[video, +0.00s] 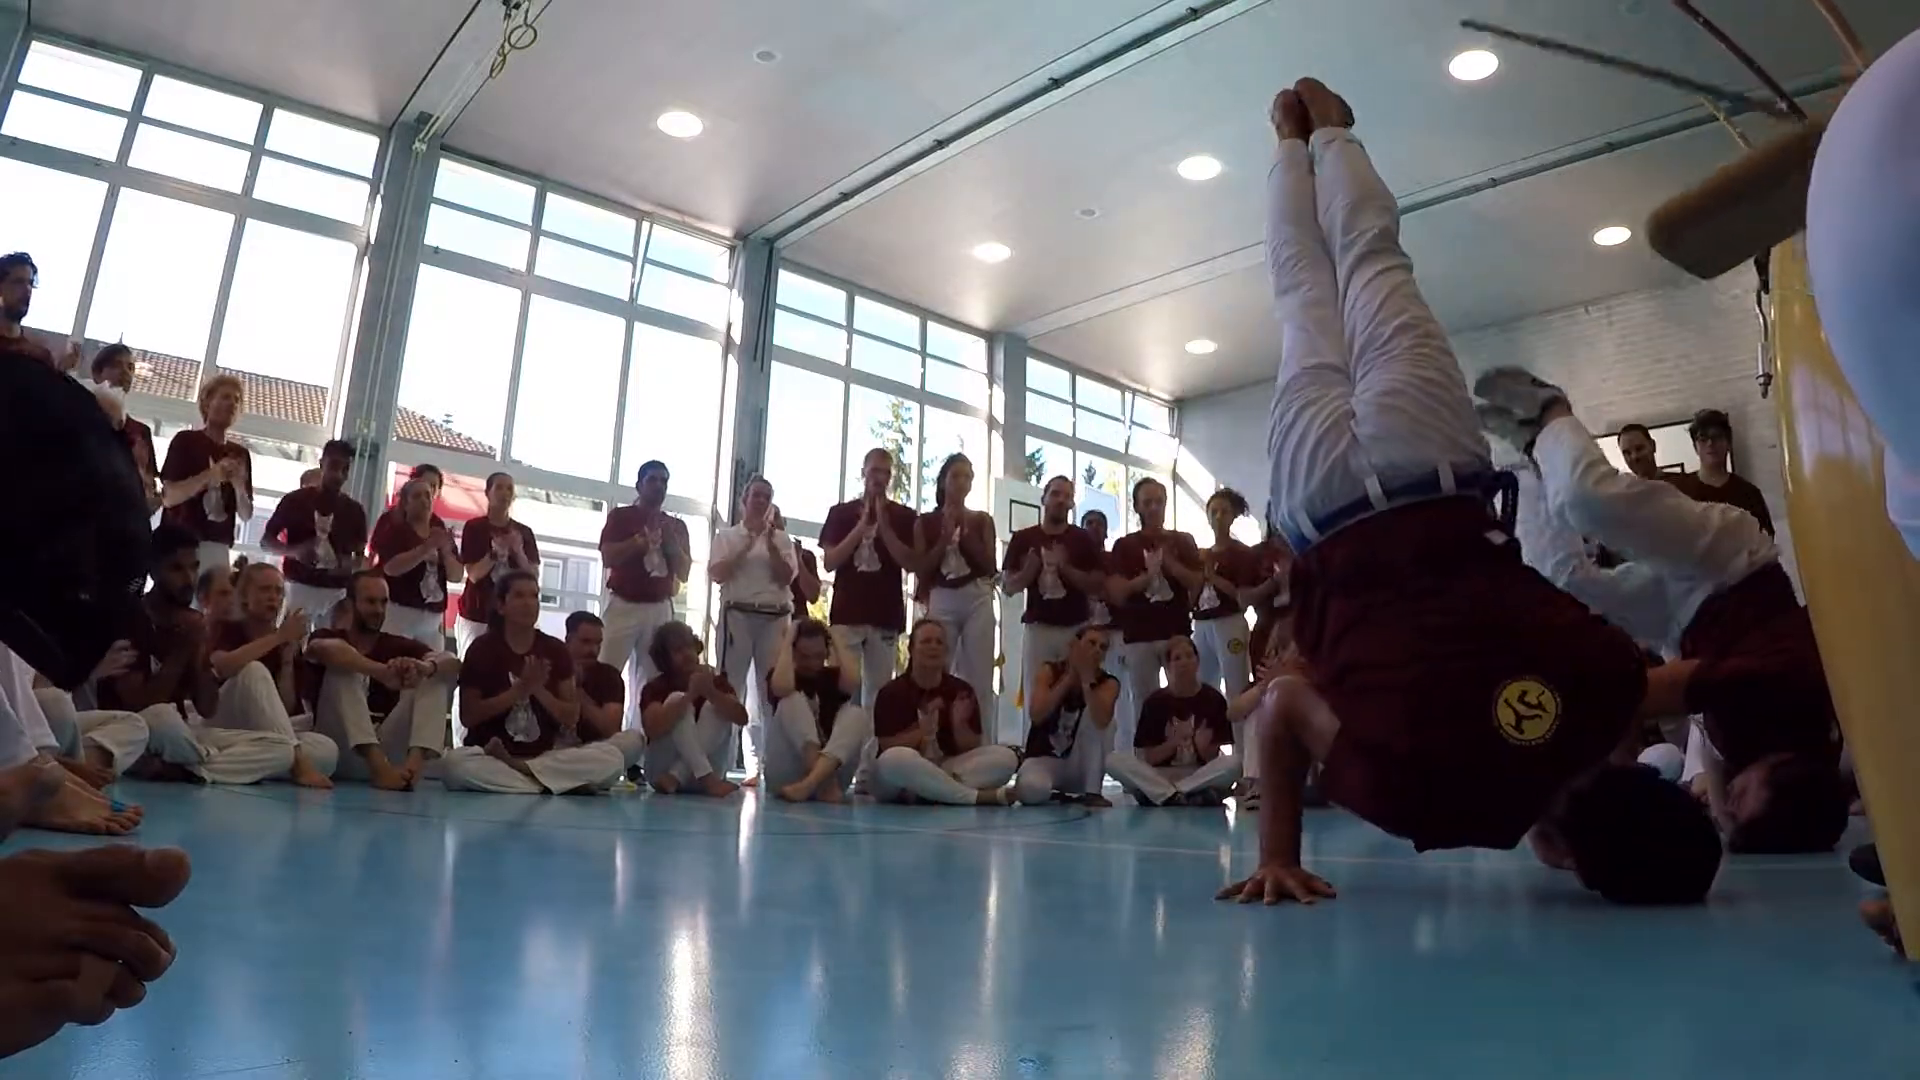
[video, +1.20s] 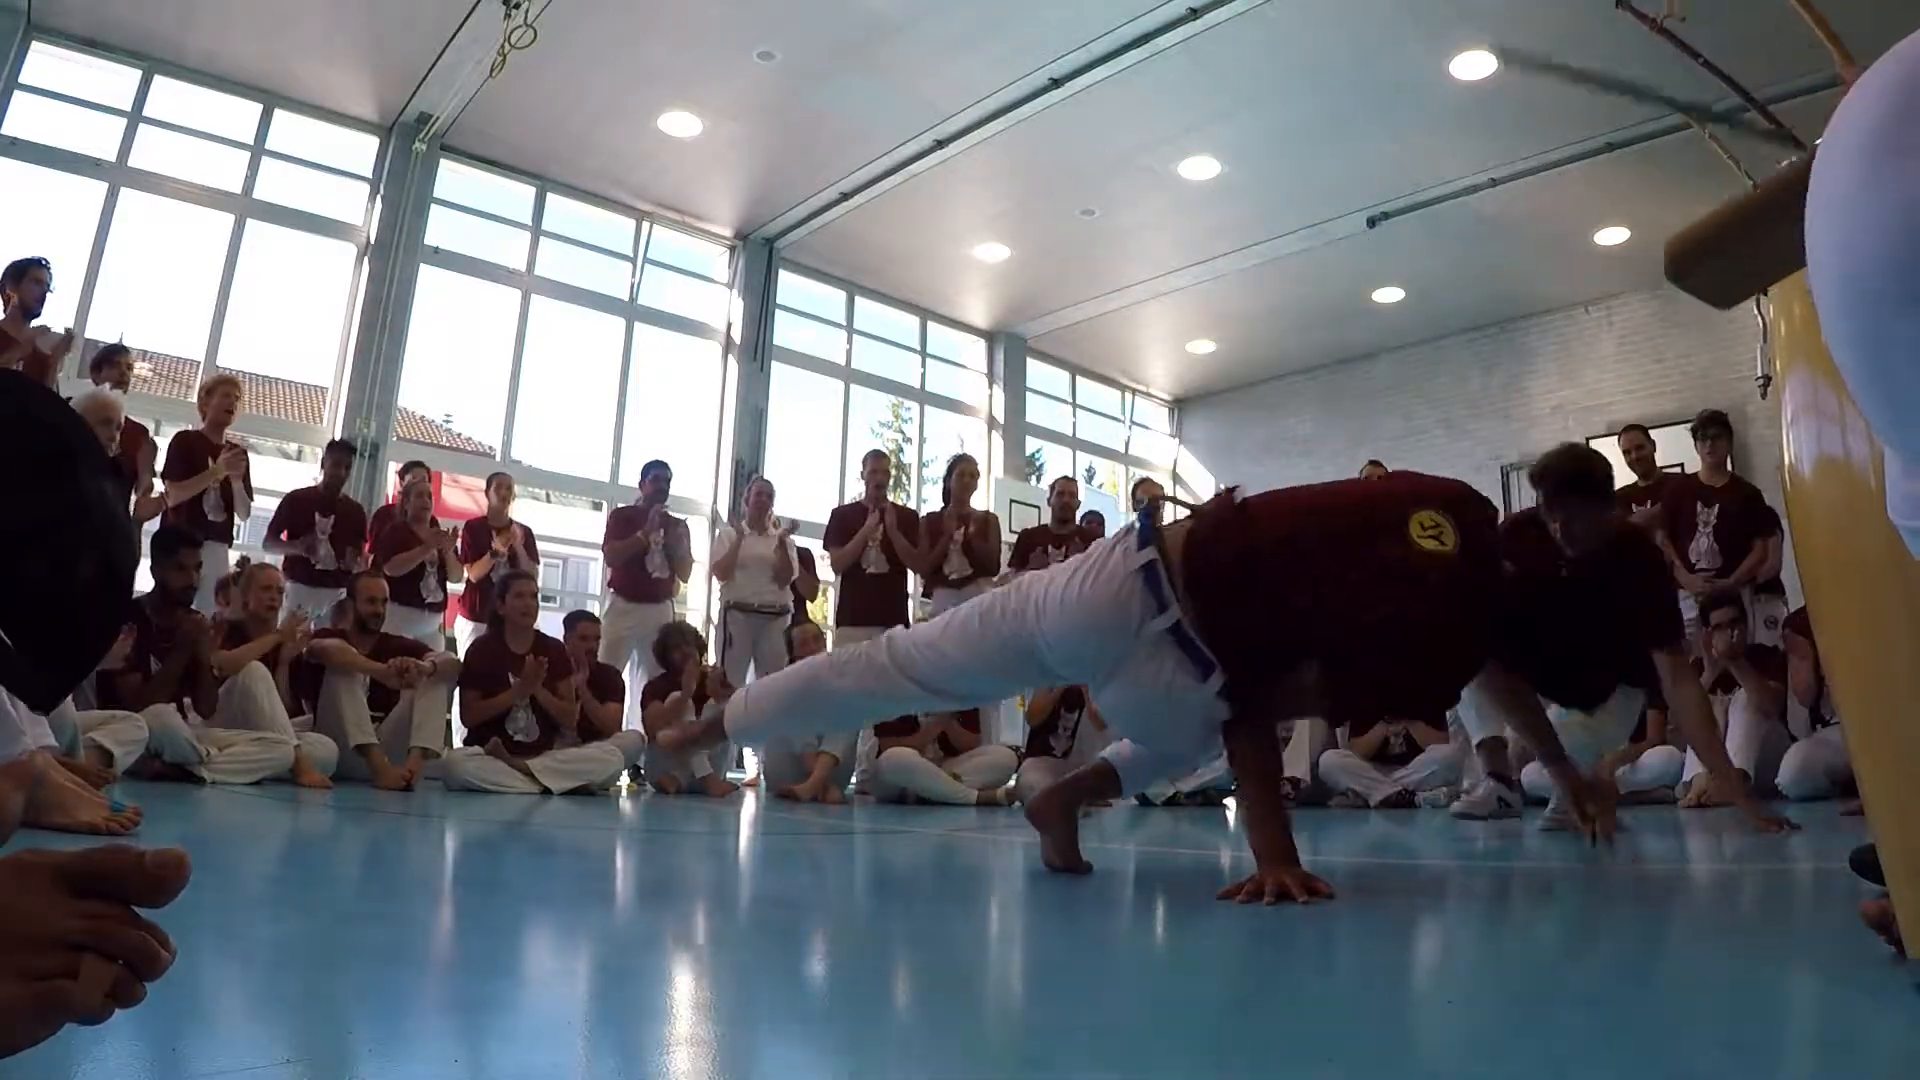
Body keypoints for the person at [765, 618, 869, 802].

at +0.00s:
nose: (812, 663)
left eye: (818, 657)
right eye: (805, 656)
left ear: (827, 654)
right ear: (793, 653)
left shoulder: (833, 677)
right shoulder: (778, 675)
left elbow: (853, 683)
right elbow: (783, 689)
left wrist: (835, 639)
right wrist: (788, 640)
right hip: (786, 777)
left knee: (856, 713)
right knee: (793, 701)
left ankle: (809, 783)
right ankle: (826, 782)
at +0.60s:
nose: (811, 664)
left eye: (818, 656)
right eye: (804, 657)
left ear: (827, 654)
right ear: (794, 656)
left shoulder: (836, 679)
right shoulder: (780, 680)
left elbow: (859, 687)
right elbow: (775, 701)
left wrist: (839, 656)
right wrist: (791, 653)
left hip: (832, 779)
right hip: (785, 777)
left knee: (851, 711)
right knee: (797, 701)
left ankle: (812, 785)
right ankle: (824, 783)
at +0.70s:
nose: (806, 657)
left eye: (812, 649)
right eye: (799, 652)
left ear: (821, 648)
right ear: (790, 653)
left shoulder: (836, 679)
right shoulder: (781, 679)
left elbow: (860, 695)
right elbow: (773, 703)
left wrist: (838, 659)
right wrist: (807, 668)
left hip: (831, 778)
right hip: (785, 776)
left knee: (847, 711)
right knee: (796, 700)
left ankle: (812, 785)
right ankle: (824, 783)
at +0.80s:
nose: (810, 655)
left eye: (814, 647)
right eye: (801, 653)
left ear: (823, 645)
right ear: (791, 658)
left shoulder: (839, 679)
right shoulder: (785, 678)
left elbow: (860, 696)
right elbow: (775, 701)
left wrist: (844, 664)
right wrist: (817, 683)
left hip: (832, 778)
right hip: (785, 776)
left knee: (846, 709)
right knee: (795, 702)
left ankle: (812, 785)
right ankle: (825, 783)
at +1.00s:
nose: (810, 651)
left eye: (813, 642)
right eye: (800, 649)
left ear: (821, 644)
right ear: (790, 656)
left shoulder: (837, 678)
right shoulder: (784, 677)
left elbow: (861, 699)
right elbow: (777, 701)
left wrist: (840, 658)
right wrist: (833, 697)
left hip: (832, 779)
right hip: (786, 777)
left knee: (845, 709)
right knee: (795, 704)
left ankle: (812, 785)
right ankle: (824, 784)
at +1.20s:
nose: (812, 648)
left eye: (816, 640)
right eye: (803, 644)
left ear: (825, 644)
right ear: (792, 653)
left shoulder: (845, 684)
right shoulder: (781, 685)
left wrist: (814, 782)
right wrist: (824, 785)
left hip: (833, 779)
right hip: (785, 778)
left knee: (847, 720)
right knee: (794, 723)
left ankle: (812, 785)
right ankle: (825, 786)